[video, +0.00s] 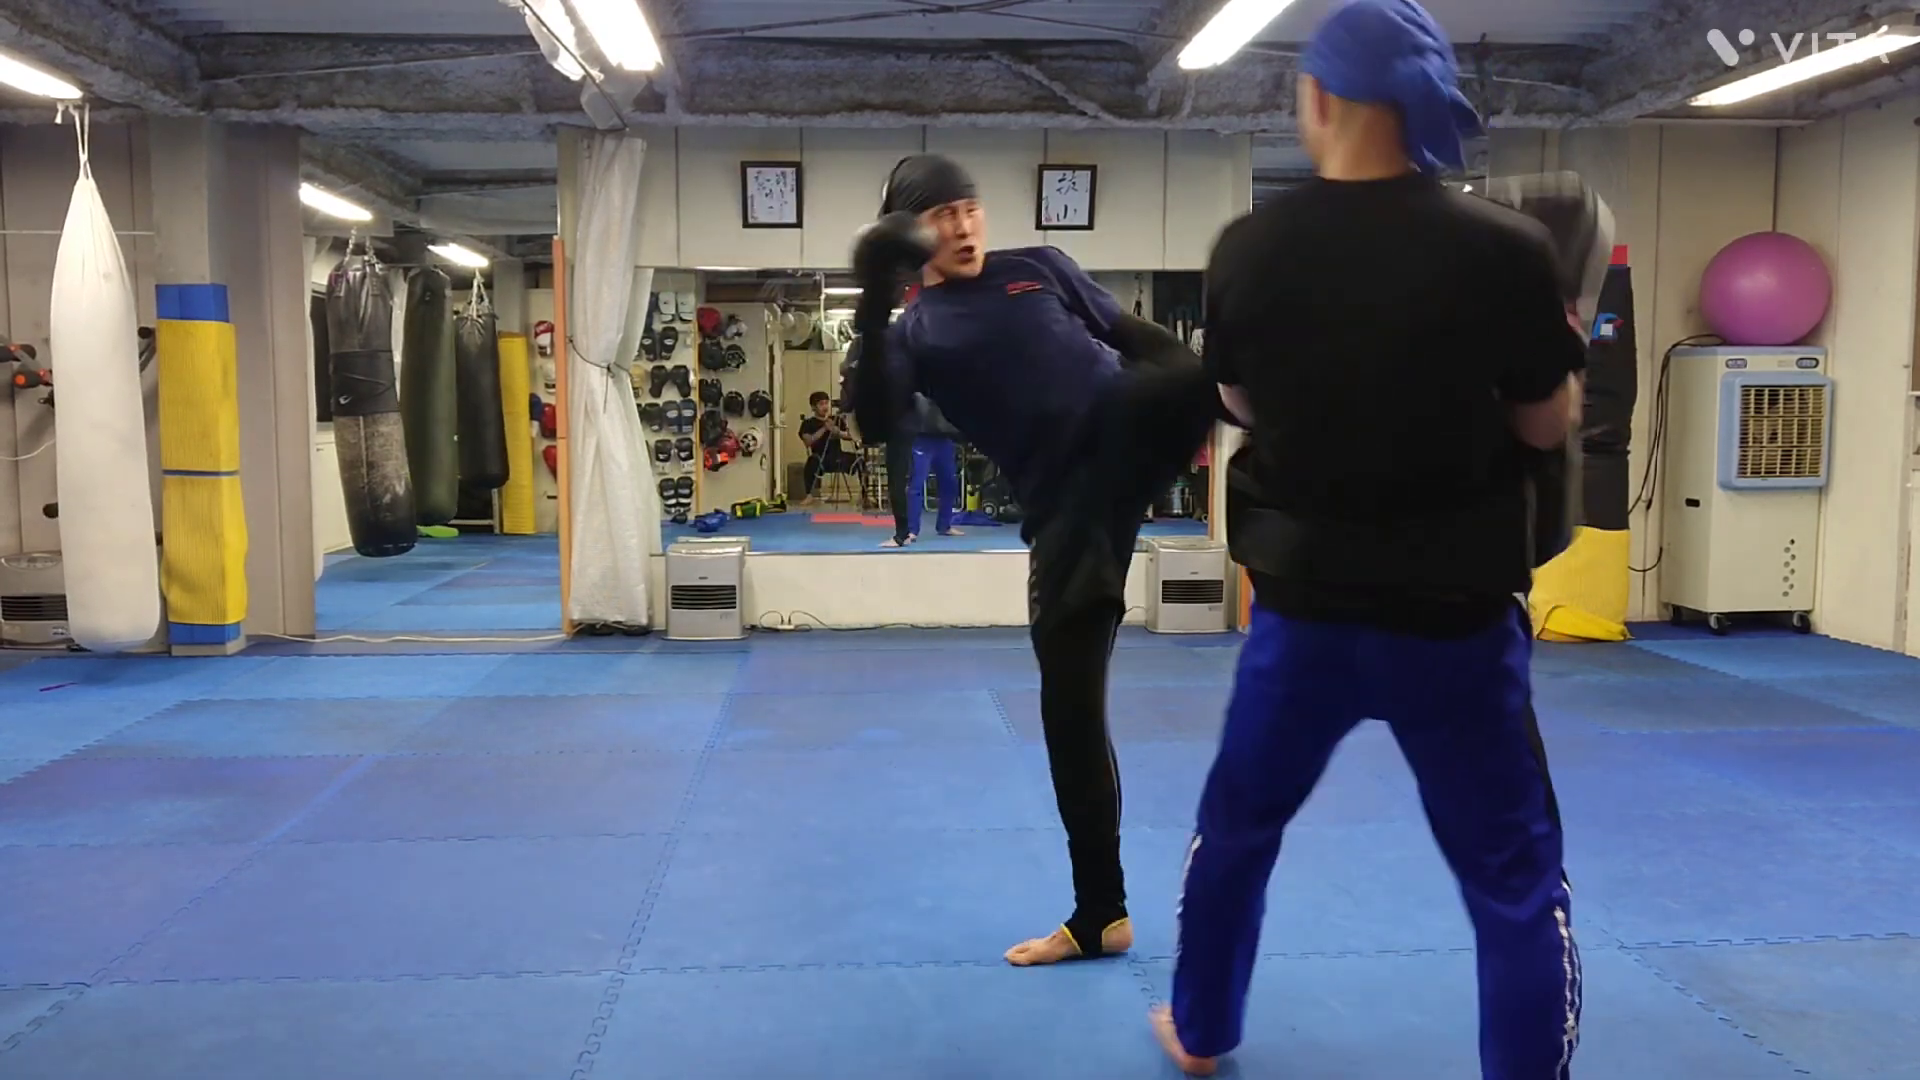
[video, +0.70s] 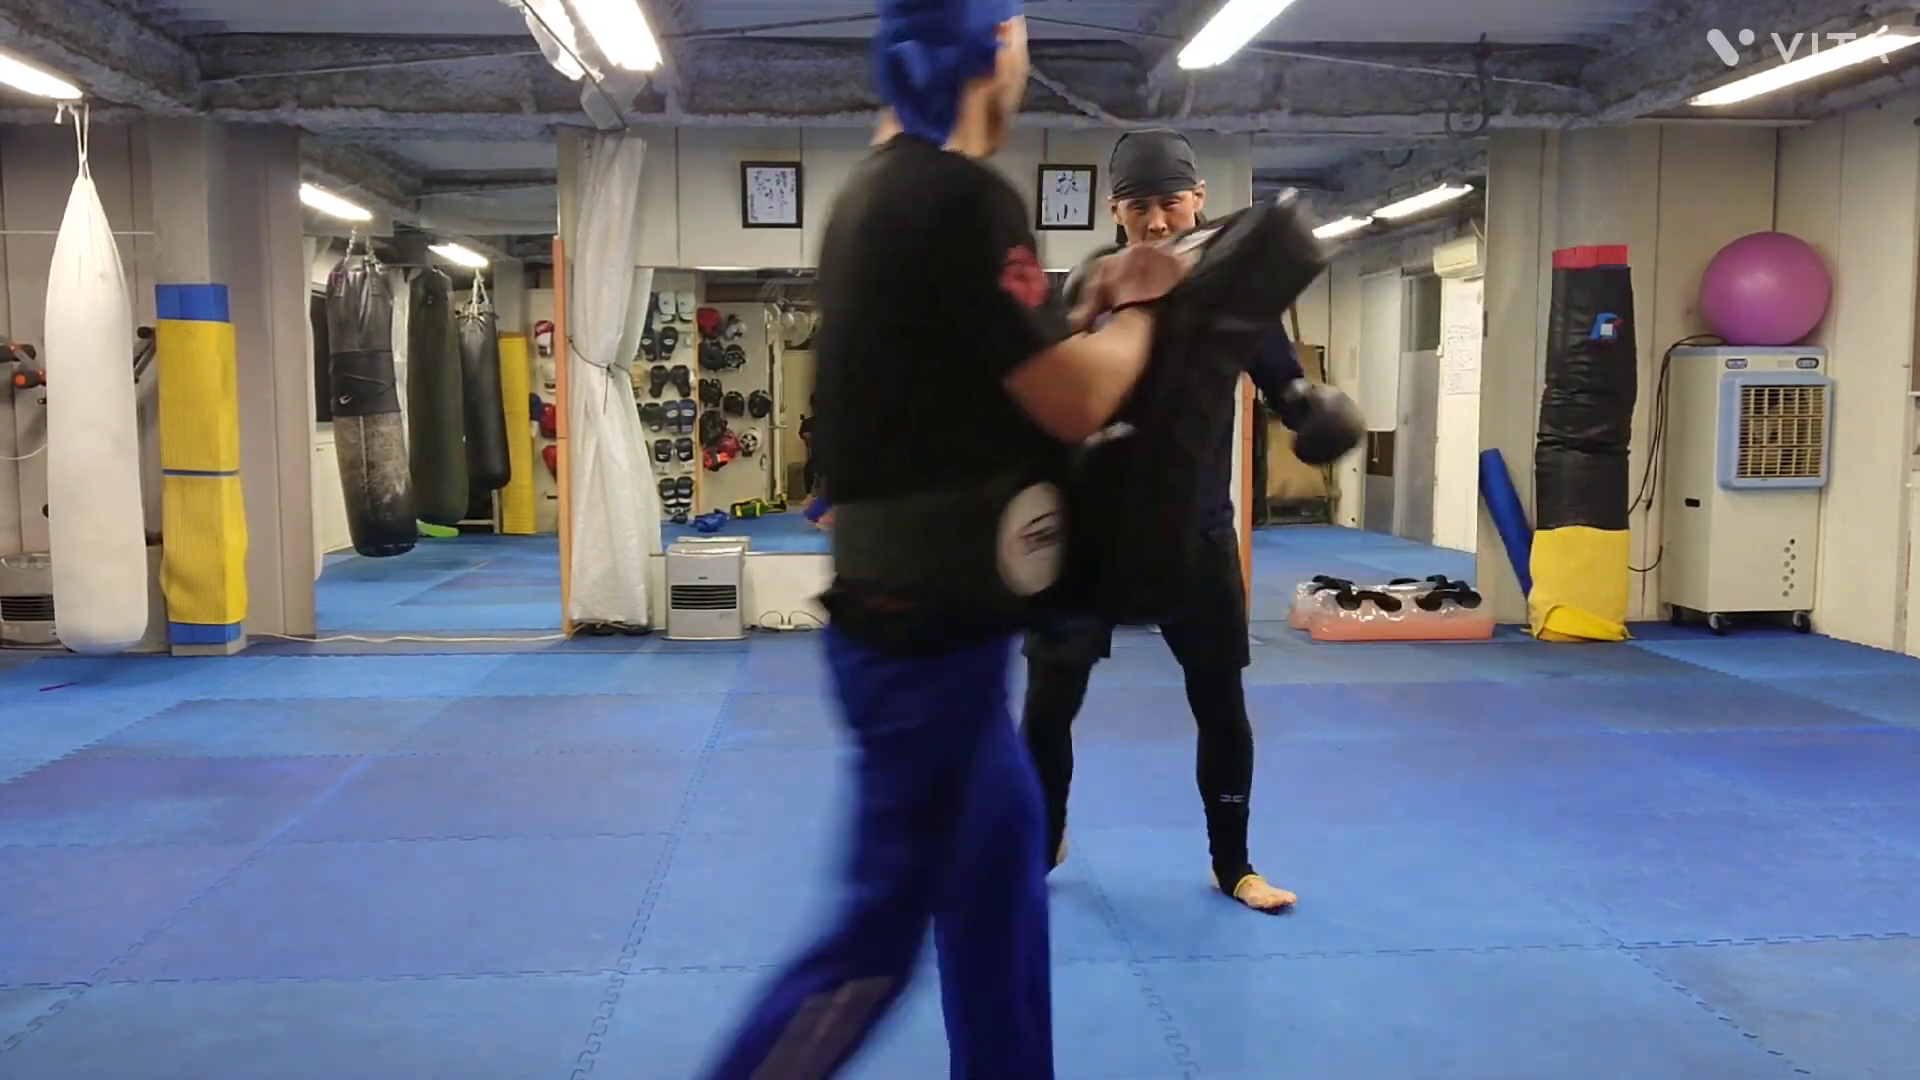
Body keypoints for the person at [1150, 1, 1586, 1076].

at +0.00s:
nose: (1303, 112)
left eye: (1307, 94)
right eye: (1309, 92)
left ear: (1325, 105)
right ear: (1420, 108)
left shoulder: (1253, 245)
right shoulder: (1504, 247)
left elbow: (1242, 402)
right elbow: (1549, 420)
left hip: (1303, 624)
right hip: (1455, 632)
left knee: (1235, 831)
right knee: (1515, 883)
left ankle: (1200, 1034)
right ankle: (1531, 1072)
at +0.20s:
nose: (1168, 116)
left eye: (1171, 101)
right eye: (1184, 101)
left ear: (1186, 113)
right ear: (1290, 109)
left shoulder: (1156, 264)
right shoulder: (1335, 251)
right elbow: (1464, 411)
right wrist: (1448, 290)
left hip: (1229, 640)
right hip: (1361, 646)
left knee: (1196, 835)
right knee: (1489, 885)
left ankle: (1048, 1043)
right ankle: (1527, 1069)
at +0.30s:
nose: (1228, 132)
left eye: (1225, 116)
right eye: (1225, 113)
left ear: (1110, 121)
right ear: (1214, 120)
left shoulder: (1086, 262)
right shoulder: (1216, 254)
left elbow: (1166, 421)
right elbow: (1334, 434)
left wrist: (1300, 336)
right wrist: (1374, 331)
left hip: (1138, 651)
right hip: (1258, 657)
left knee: (1132, 880)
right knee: (1420, 907)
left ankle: (1015, 1069)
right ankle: (1498, 1069)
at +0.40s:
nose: (1158, 81)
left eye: (1151, 59)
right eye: (1152, 61)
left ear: (1035, 87)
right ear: (1137, 80)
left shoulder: (1014, 230)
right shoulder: (1104, 229)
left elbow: (1103, 398)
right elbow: (1211, 408)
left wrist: (1252, 327)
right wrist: (1290, 334)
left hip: (1041, 634)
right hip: (1141, 638)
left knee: (1090, 870)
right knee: (1301, 877)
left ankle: (1024, 1070)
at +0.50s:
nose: (1123, 62)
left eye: (1117, 44)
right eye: (1117, 44)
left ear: (1003, 70)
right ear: (1096, 60)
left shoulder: (979, 206)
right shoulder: (1060, 203)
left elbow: (1068, 380)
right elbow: (1170, 396)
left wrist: (1217, 320)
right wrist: (1245, 334)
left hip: (998, 617)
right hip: (1090, 623)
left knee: (1061, 877)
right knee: (1230, 878)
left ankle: (1018, 1072)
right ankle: (1162, 1063)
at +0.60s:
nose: (1072, 49)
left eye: (1066, 32)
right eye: (1065, 32)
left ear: (955, 59)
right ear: (1041, 48)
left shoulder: (927, 191)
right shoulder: (1009, 191)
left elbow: (1017, 377)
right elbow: (1126, 384)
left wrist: (1150, 307)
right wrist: (1192, 306)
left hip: (946, 607)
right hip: (1011, 618)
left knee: (1011, 904)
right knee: (1063, 923)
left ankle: (1017, 1069)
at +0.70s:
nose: (1025, 51)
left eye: (1018, 34)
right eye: (1017, 34)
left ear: (911, 63)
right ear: (992, 54)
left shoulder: (880, 192)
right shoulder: (961, 195)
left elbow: (953, 381)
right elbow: (1073, 401)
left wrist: (1084, 313)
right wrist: (1137, 316)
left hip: (899, 607)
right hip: (935, 618)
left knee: (1004, 862)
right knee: (879, 936)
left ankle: (1008, 1072)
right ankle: (744, 1077)